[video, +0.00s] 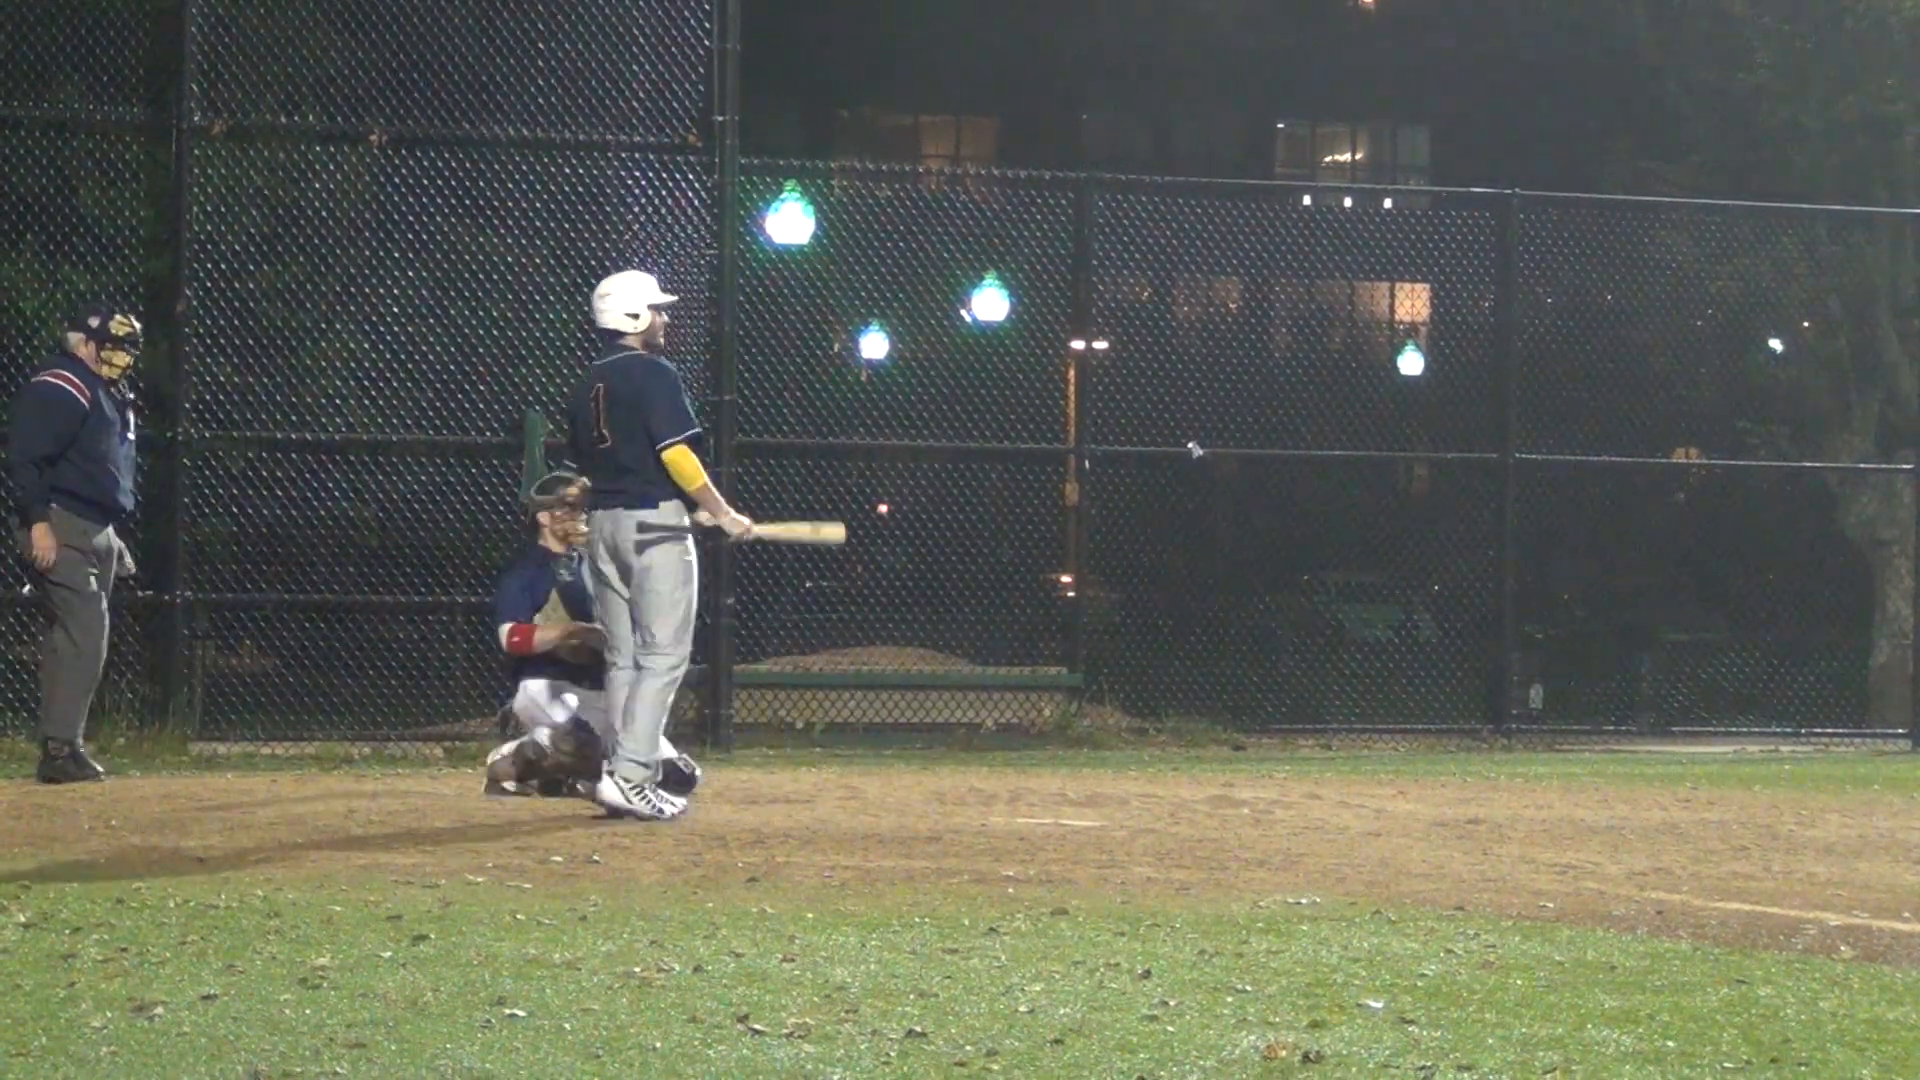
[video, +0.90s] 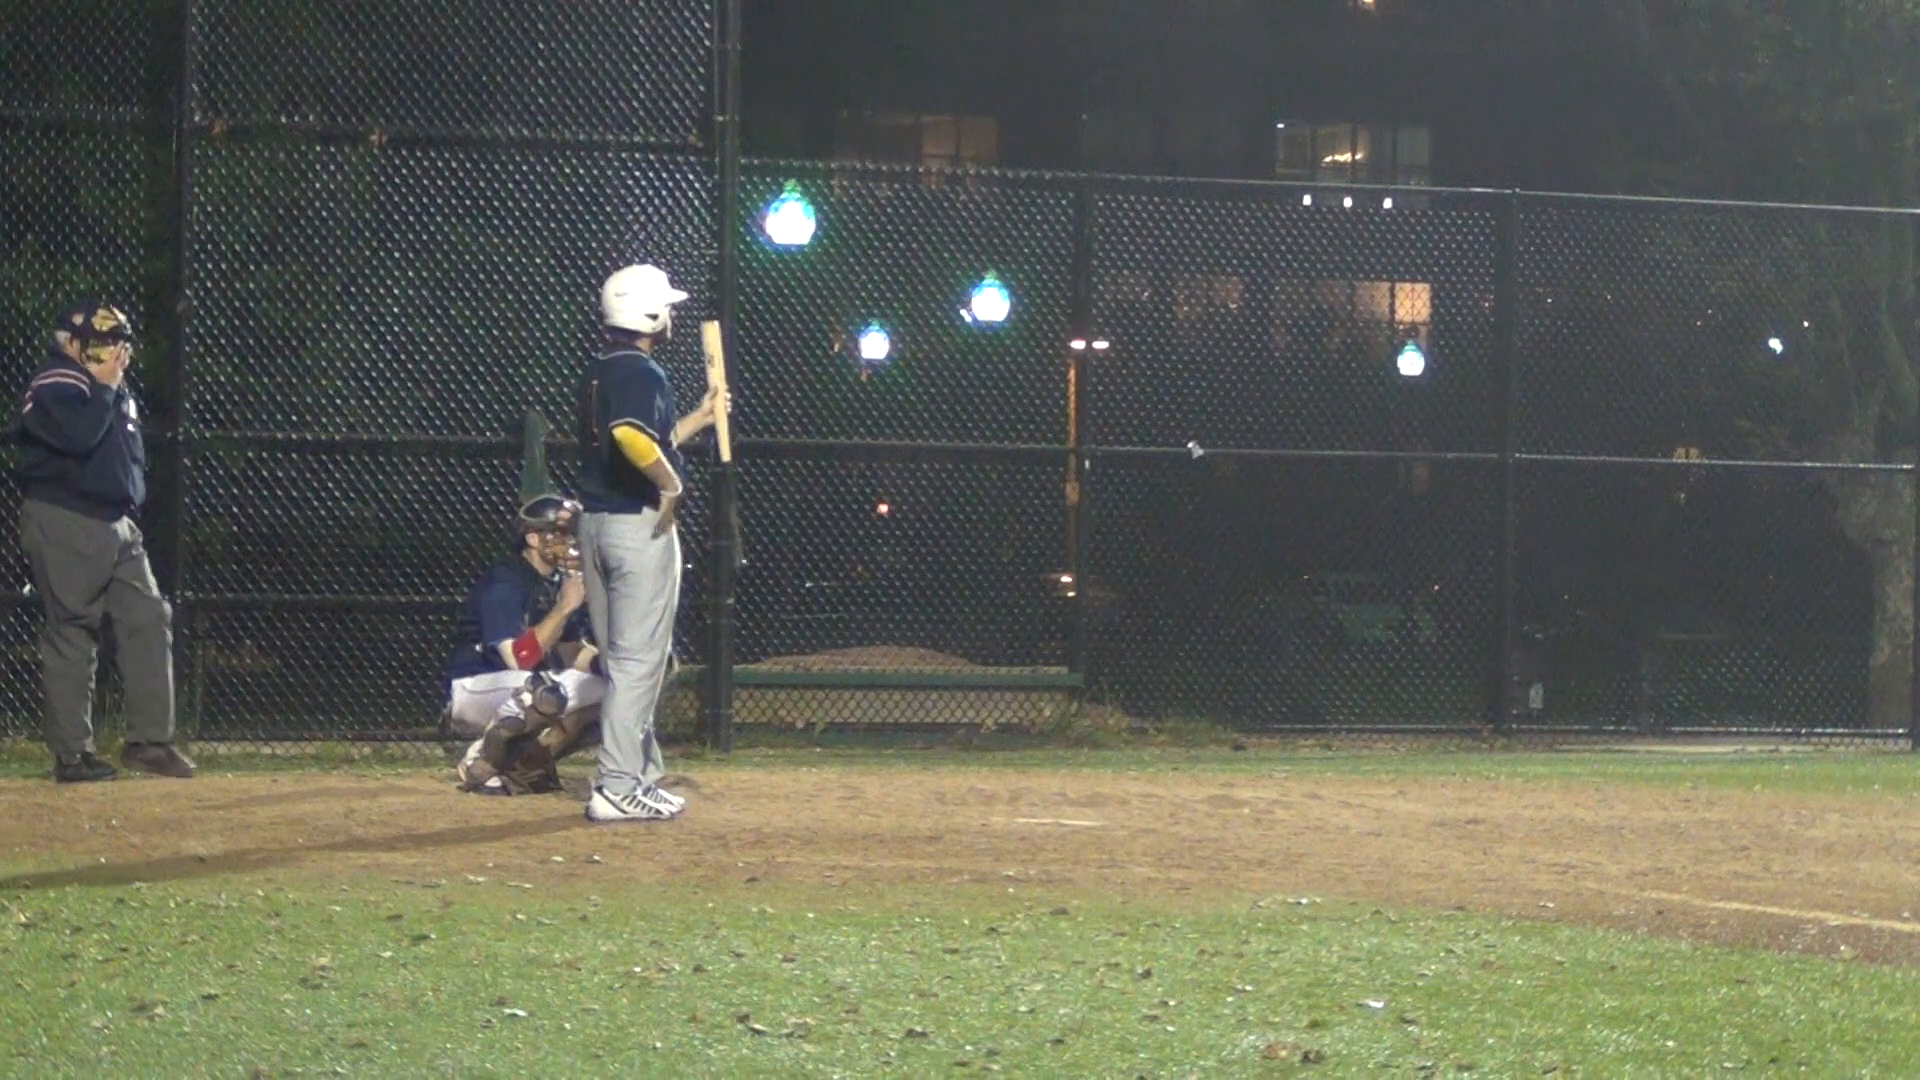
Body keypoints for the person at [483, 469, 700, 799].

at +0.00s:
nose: (567, 515)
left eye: (575, 506)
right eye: (557, 507)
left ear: (588, 512)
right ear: (539, 516)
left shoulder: (603, 560)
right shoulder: (528, 568)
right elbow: (511, 637)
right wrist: (569, 632)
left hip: (609, 689)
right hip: (548, 687)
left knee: (677, 775)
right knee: (585, 746)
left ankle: (574, 778)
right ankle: (512, 765)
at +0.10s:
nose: (572, 532)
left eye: (576, 523)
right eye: (560, 523)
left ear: (584, 524)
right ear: (529, 523)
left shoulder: (586, 571)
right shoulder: (517, 572)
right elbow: (505, 644)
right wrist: (570, 637)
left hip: (586, 693)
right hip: (528, 688)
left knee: (664, 759)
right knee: (564, 724)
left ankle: (561, 769)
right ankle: (508, 763)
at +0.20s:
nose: (556, 528)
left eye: (563, 519)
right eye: (546, 518)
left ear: (575, 524)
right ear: (522, 520)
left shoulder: (577, 569)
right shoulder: (509, 569)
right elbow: (507, 641)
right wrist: (573, 634)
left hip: (572, 685)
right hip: (512, 681)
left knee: (653, 725)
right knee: (562, 710)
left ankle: (558, 768)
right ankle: (498, 759)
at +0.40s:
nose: (544, 522)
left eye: (556, 514)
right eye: (537, 512)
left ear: (571, 522)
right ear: (522, 516)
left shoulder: (572, 565)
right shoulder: (505, 560)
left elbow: (583, 635)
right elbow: (520, 633)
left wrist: (623, 633)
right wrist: (586, 622)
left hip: (545, 676)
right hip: (491, 677)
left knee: (620, 695)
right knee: (554, 700)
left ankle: (536, 763)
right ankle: (485, 760)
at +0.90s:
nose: (570, 544)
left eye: (572, 535)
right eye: (560, 535)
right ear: (533, 539)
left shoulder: (560, 583)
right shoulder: (503, 581)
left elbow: (573, 651)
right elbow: (518, 658)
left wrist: (614, 666)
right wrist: (564, 608)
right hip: (471, 688)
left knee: (603, 690)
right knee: (547, 691)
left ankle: (528, 764)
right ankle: (479, 763)